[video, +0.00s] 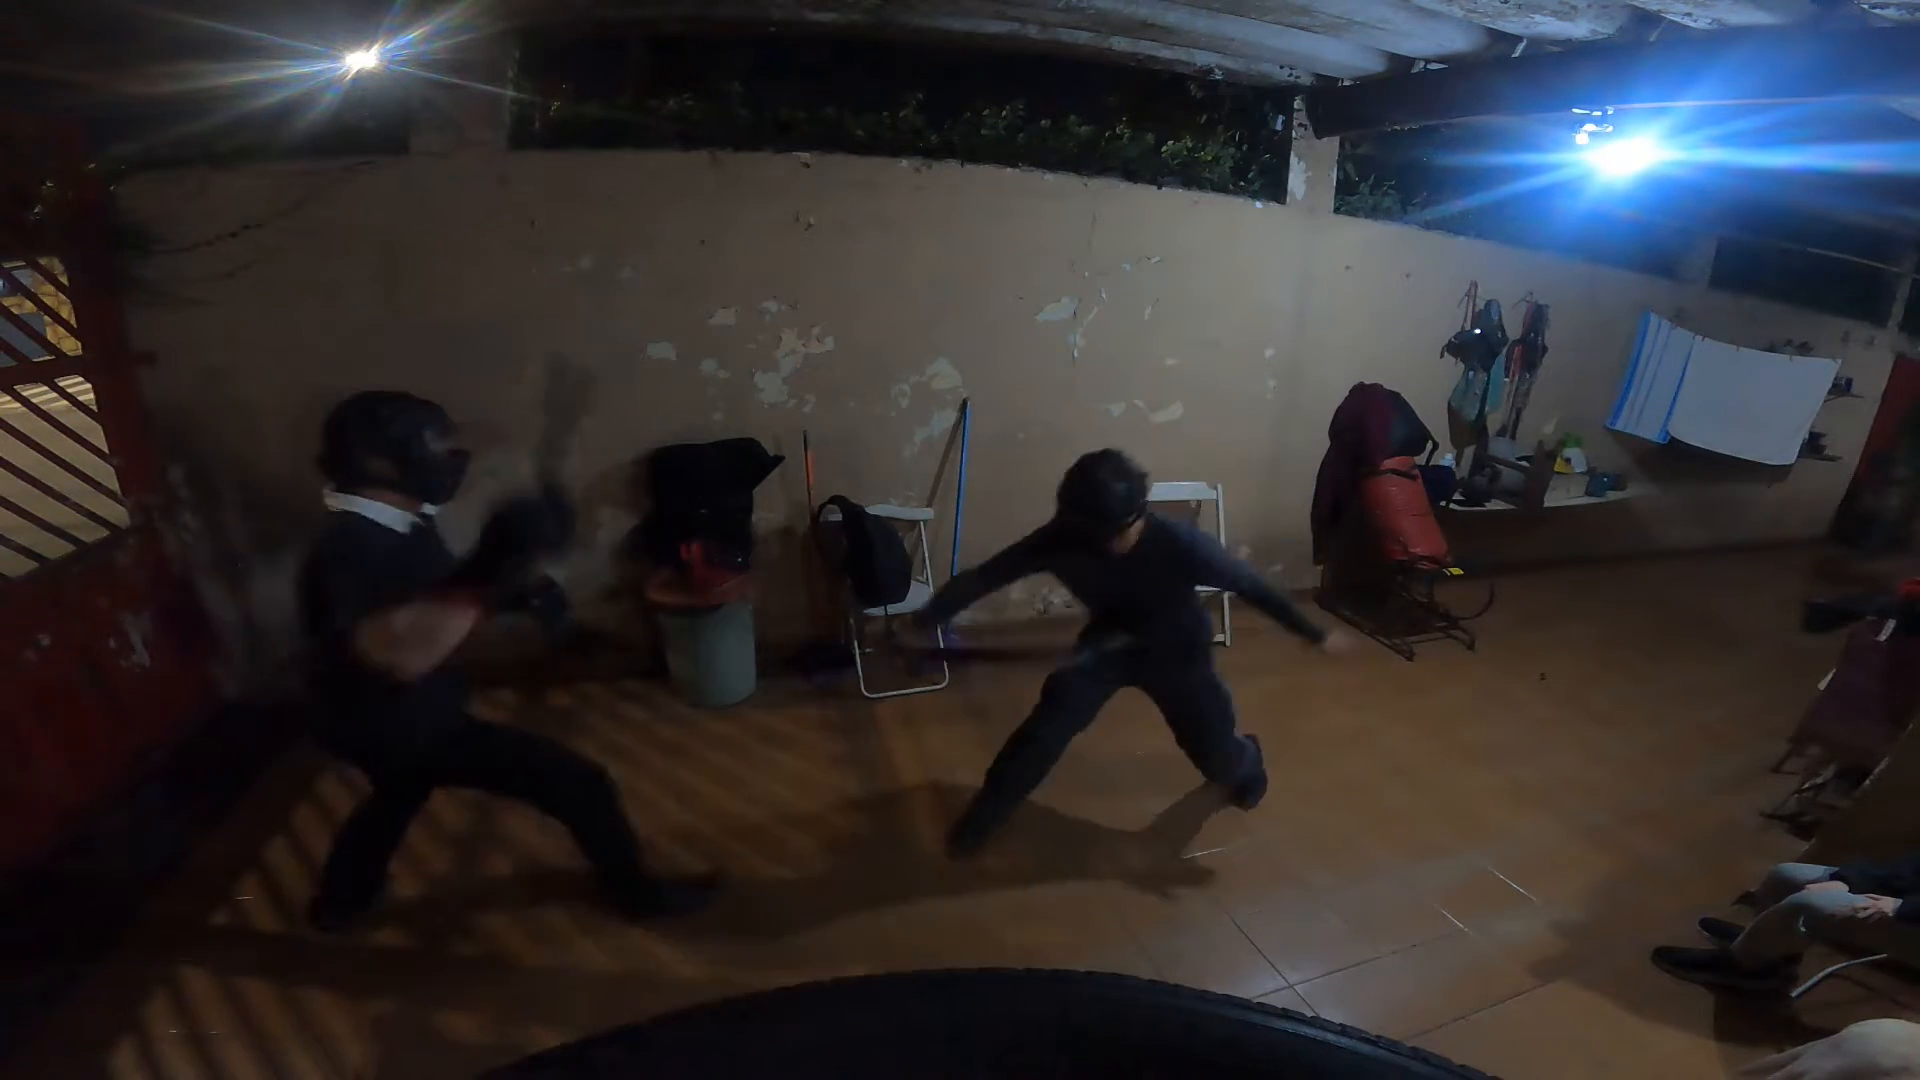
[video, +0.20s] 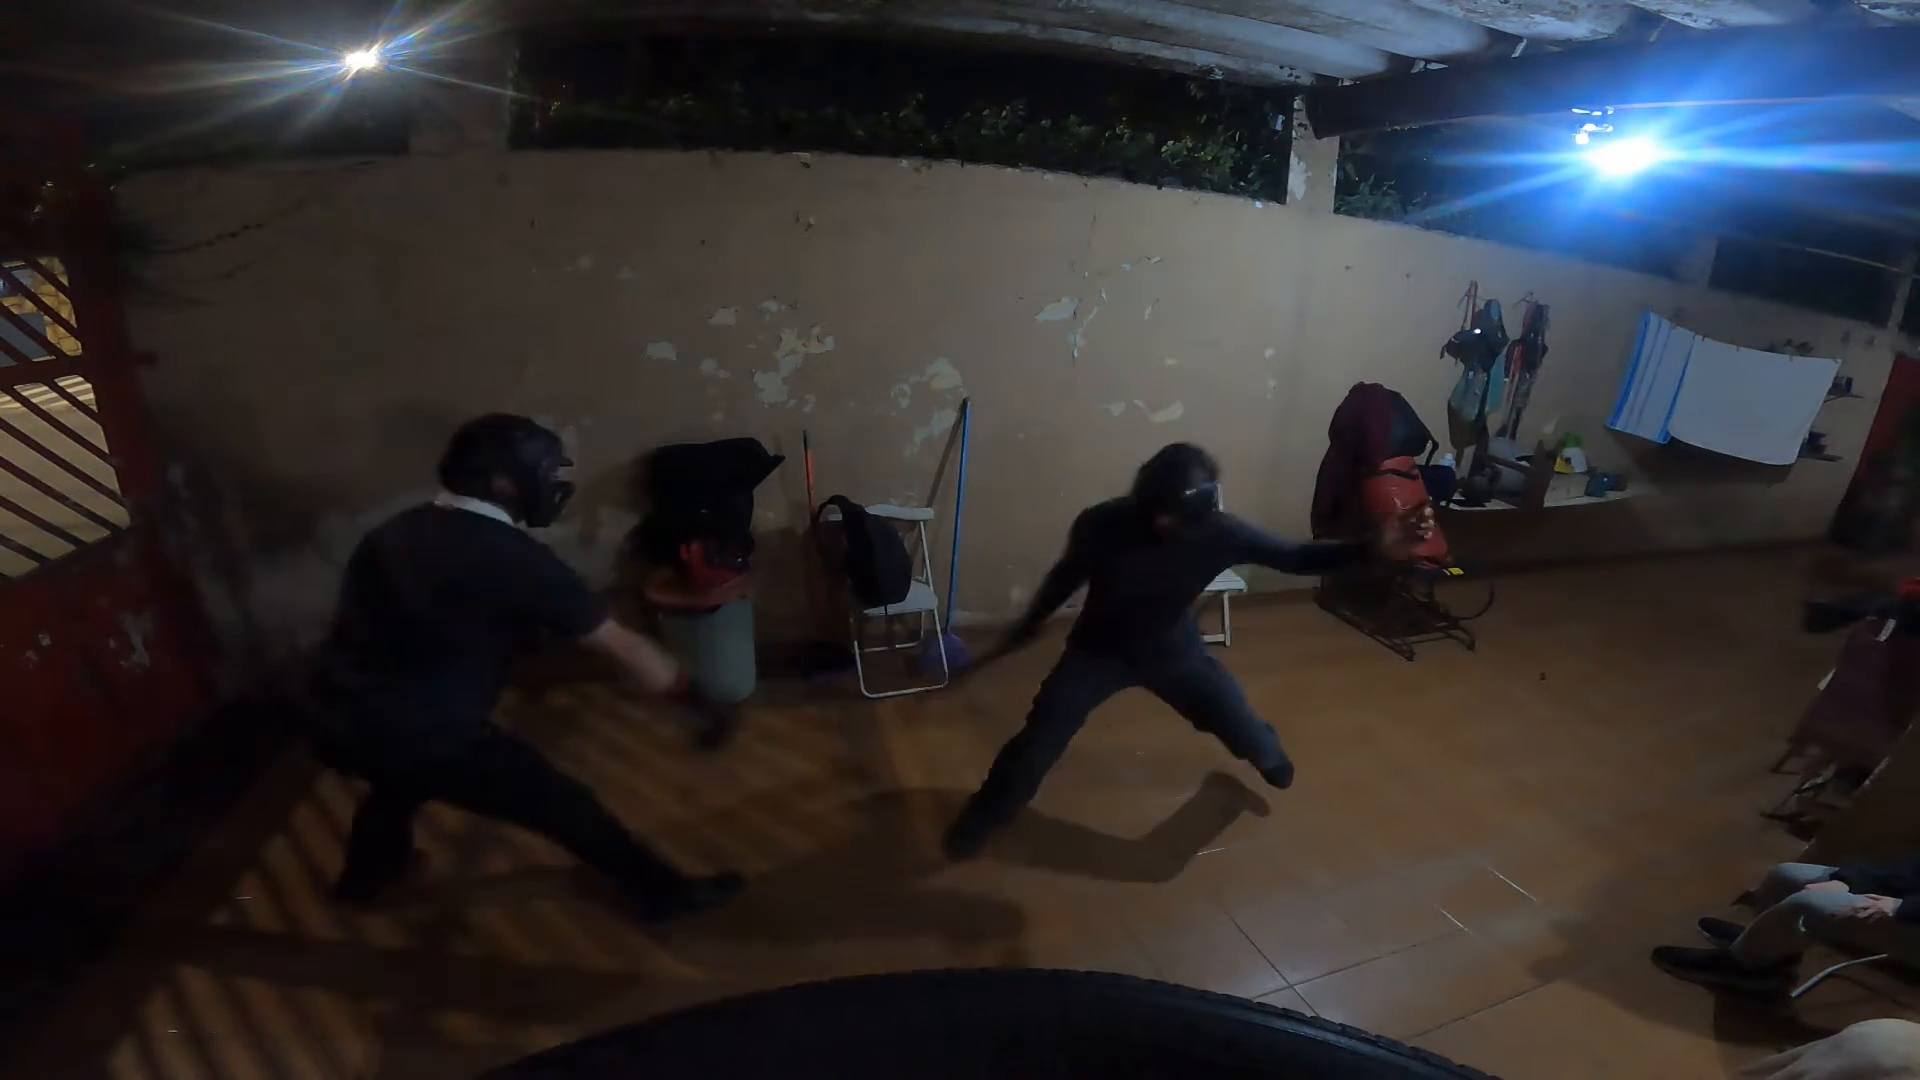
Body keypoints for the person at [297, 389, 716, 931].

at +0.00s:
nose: (456, 460)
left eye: (451, 445)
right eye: (436, 446)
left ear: (379, 462)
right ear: (386, 461)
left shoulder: (410, 537)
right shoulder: (347, 551)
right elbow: (401, 651)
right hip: (396, 734)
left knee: (403, 787)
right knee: (580, 785)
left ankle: (341, 898)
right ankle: (634, 891)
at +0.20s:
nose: (561, 485)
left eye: (561, 471)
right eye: (551, 473)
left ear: (461, 474)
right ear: (508, 481)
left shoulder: (395, 533)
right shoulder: (519, 560)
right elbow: (618, 644)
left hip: (340, 724)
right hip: (435, 743)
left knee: (415, 752)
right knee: (565, 807)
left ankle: (367, 870)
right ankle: (663, 891)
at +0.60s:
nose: (451, 429)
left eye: (445, 417)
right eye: (433, 420)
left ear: (372, 442)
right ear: (380, 440)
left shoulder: (319, 511)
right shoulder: (420, 526)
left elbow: (380, 582)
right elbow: (498, 628)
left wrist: (466, 544)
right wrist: (527, 597)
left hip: (331, 711)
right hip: (407, 722)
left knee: (392, 767)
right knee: (545, 781)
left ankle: (352, 881)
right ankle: (615, 891)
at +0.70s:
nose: (444, 409)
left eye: (436, 396)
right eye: (426, 401)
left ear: (366, 423)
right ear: (372, 422)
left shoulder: (322, 496)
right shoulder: (405, 505)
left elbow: (404, 588)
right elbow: (500, 616)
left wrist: (483, 530)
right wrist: (577, 596)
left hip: (349, 692)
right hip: (417, 702)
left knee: (393, 768)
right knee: (549, 775)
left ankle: (355, 882)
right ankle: (576, 887)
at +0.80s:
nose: (444, 400)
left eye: (436, 387)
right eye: (424, 392)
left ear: (365, 418)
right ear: (372, 415)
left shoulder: (324, 490)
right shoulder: (402, 499)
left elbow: (412, 584)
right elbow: (499, 614)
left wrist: (488, 521)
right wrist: (590, 605)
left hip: (350, 684)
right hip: (416, 693)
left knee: (399, 760)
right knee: (539, 769)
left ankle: (364, 877)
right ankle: (579, 888)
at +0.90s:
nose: (438, 403)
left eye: (430, 391)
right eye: (418, 395)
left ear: (361, 420)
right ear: (367, 417)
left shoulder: (333, 487)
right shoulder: (397, 503)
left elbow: (466, 542)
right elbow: (464, 624)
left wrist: (503, 502)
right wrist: (560, 630)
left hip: (353, 681)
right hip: (412, 687)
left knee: (409, 754)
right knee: (557, 757)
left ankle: (381, 881)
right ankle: (589, 878)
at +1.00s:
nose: (444, 407)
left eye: (437, 396)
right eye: (425, 399)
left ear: (373, 425)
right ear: (378, 421)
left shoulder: (374, 486)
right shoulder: (391, 511)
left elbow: (480, 549)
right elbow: (440, 639)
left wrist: (531, 525)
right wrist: (530, 666)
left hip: (376, 683)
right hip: (416, 692)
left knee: (425, 765)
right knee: (572, 755)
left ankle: (381, 880)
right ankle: (615, 865)